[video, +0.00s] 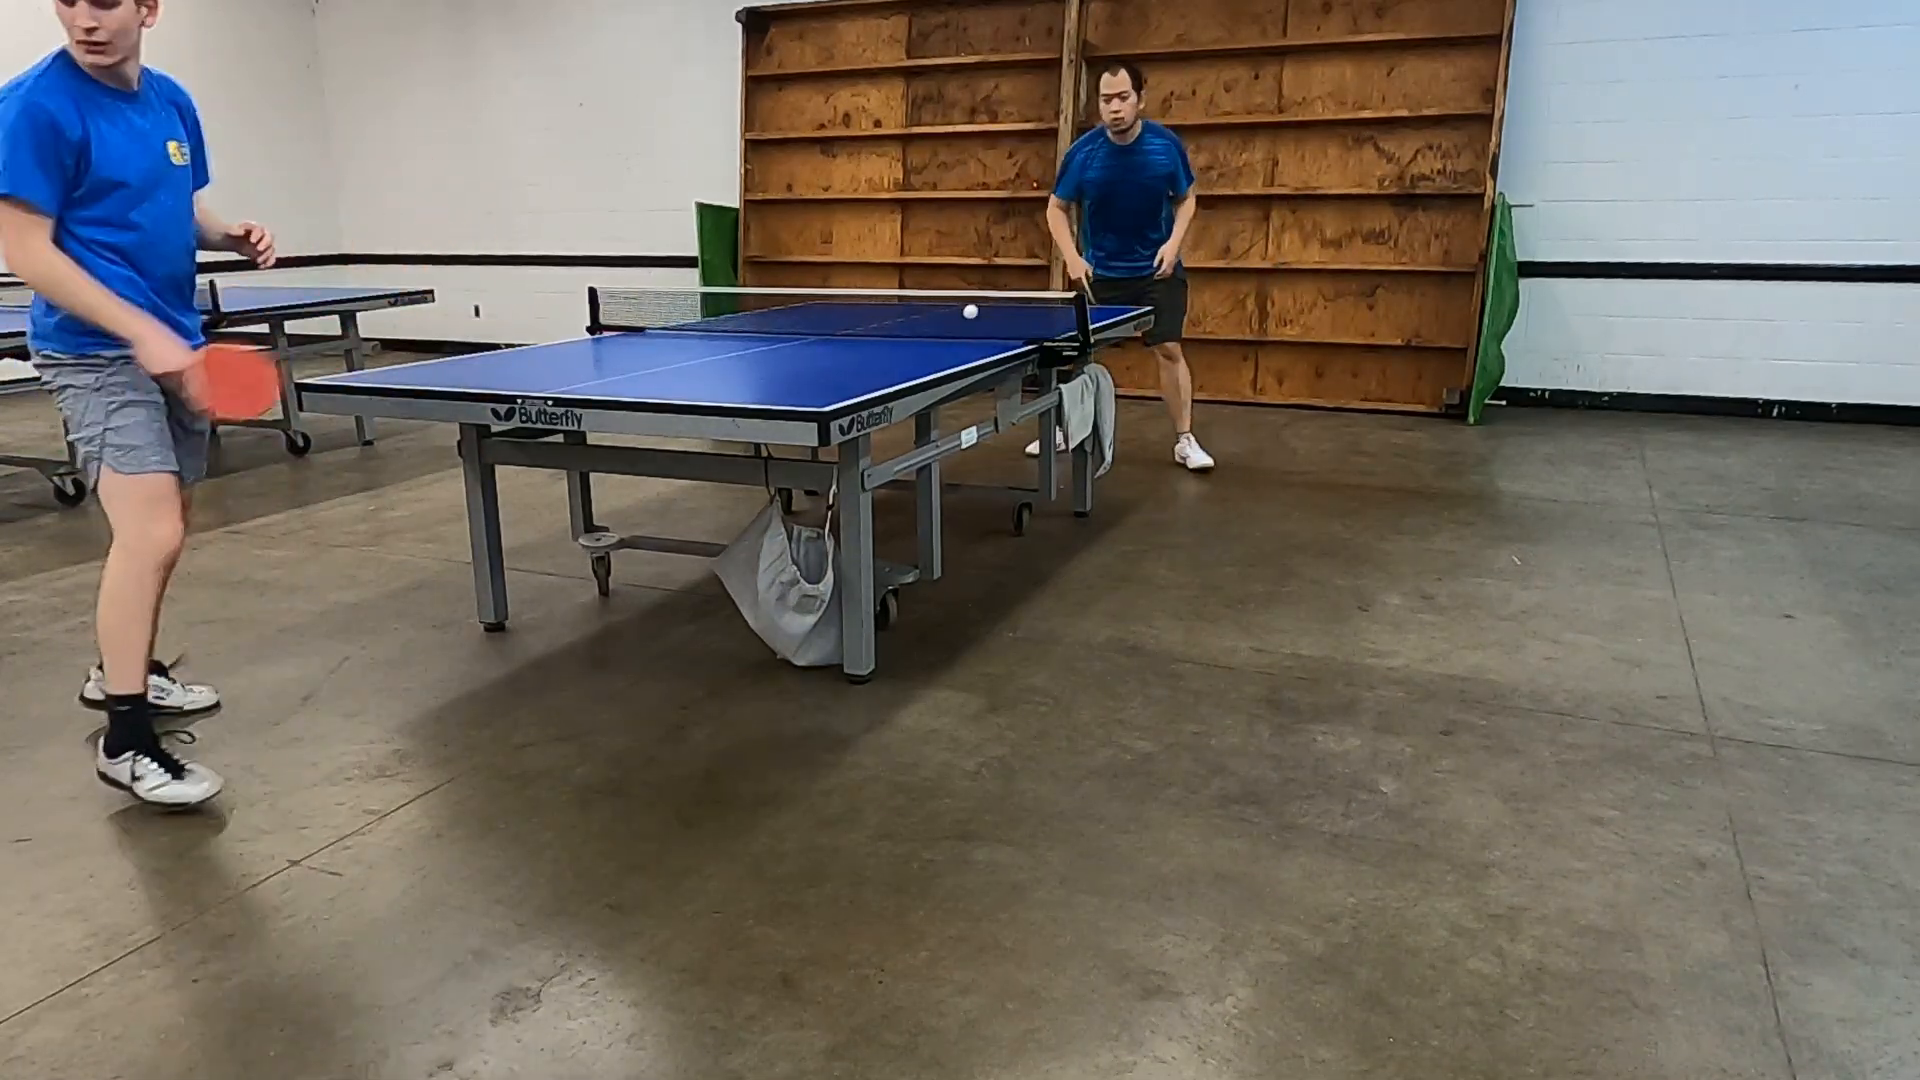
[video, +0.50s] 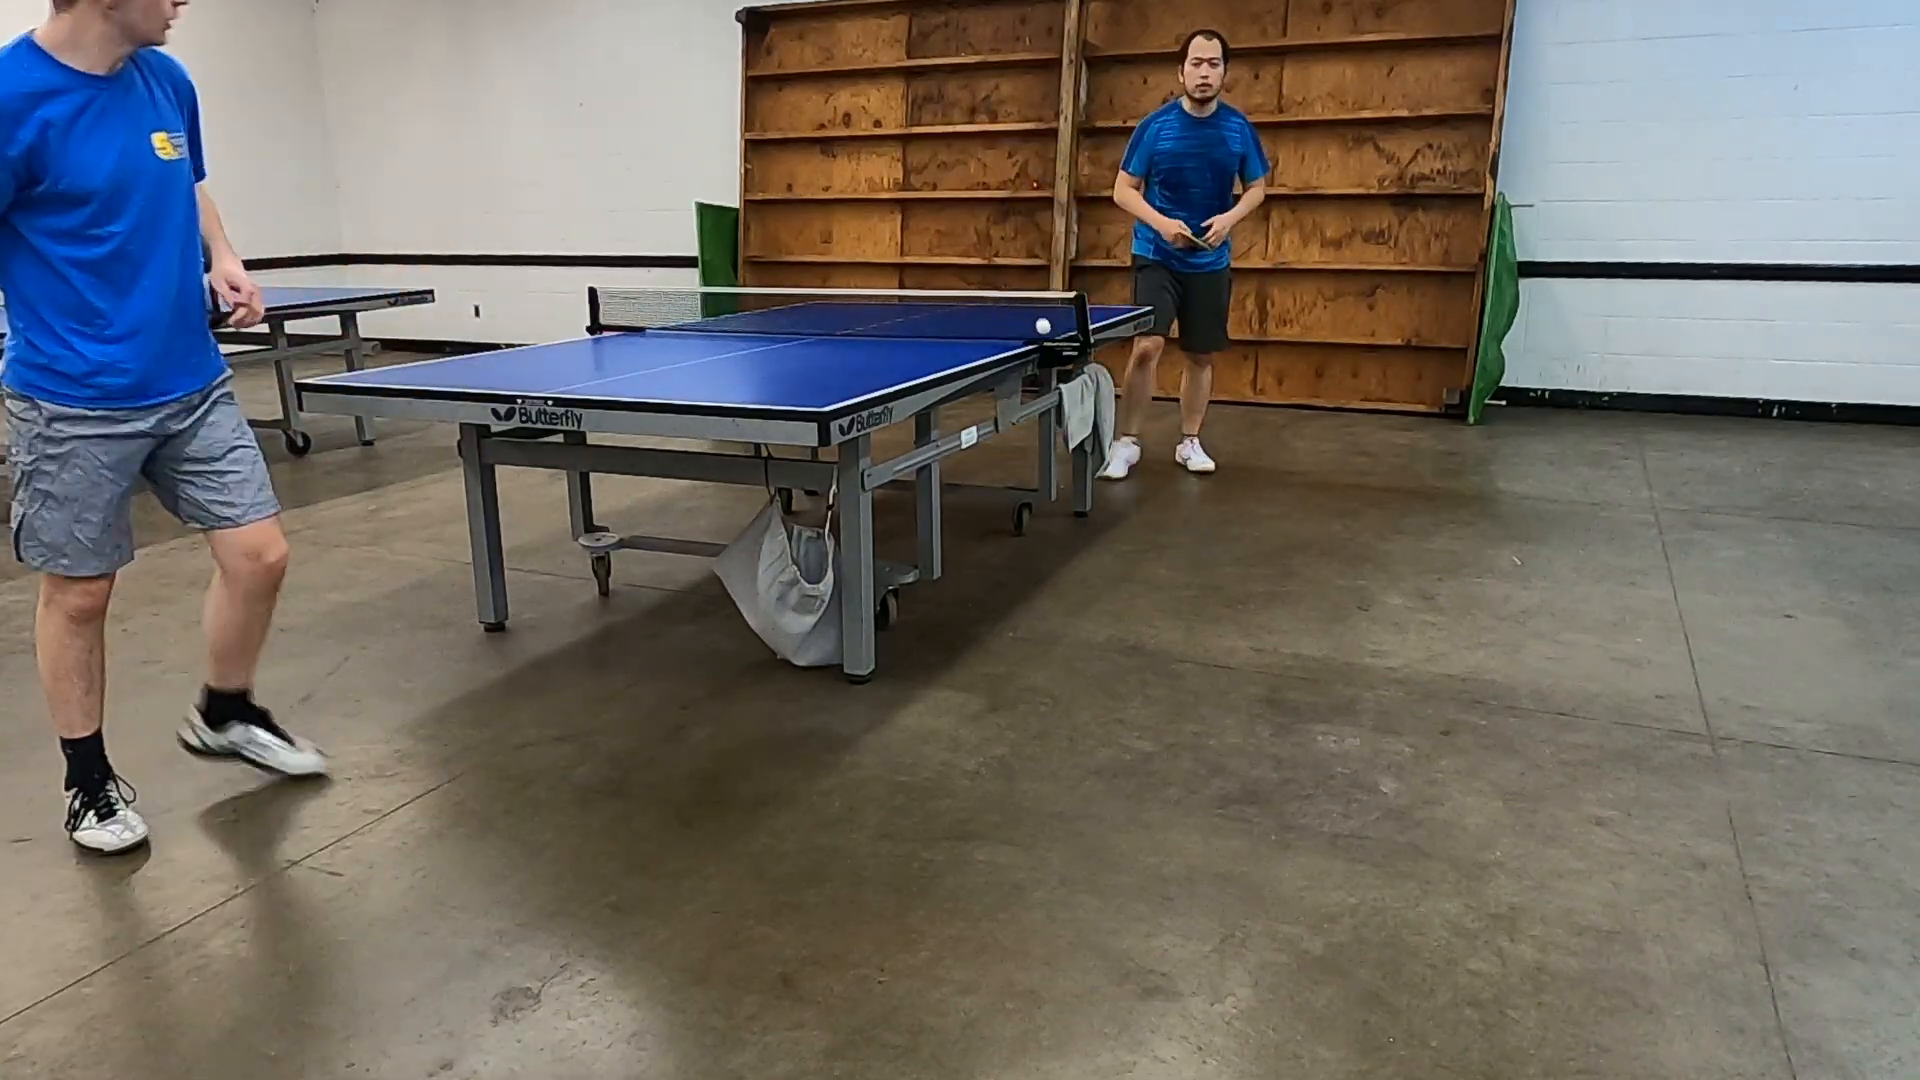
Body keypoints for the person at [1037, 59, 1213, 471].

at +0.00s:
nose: (1114, 107)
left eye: (1122, 98)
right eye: (1106, 99)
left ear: (1139, 100)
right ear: (1098, 104)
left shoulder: (1167, 146)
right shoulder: (1082, 153)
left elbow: (1186, 199)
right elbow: (1055, 208)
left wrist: (1173, 244)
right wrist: (1072, 257)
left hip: (1157, 272)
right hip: (1099, 276)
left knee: (1169, 349)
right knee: (1070, 352)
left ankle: (1184, 438)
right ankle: (1065, 428)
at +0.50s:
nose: (1204, 72)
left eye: (1213, 64)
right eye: (1196, 63)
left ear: (1225, 72)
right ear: (1182, 70)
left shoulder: (1239, 128)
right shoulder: (1154, 126)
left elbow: (1257, 188)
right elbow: (1123, 190)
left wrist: (1229, 219)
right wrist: (1161, 222)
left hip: (1209, 263)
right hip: (1156, 257)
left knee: (1200, 357)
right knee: (1146, 348)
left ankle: (1190, 442)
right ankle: (1127, 441)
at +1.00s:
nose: (1203, 63)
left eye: (1211, 53)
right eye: (1193, 56)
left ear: (1225, 59)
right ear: (1179, 66)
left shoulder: (1250, 115)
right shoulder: (1162, 128)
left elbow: (1275, 176)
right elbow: (1134, 199)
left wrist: (1244, 217)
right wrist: (1176, 239)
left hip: (1242, 264)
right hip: (1184, 265)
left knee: (1237, 367)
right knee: (1195, 366)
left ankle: (1201, 433)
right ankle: (1209, 468)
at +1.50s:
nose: (1205, 60)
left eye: (1213, 48)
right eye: (1194, 52)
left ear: (1229, 54)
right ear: (1179, 63)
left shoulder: (1259, 115)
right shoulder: (1161, 127)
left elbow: (1284, 180)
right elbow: (1136, 199)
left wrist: (1261, 223)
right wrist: (1121, 264)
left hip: (1244, 268)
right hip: (1180, 275)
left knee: (1247, 370)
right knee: (1194, 378)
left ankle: (1254, 483)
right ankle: (1209, 468)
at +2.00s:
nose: (1209, 128)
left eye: (1222, 117)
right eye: (1199, 116)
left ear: (1241, 106)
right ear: (1183, 101)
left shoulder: (1264, 154)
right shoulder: (1167, 133)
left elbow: (1277, 251)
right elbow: (1140, 212)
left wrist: (1248, 329)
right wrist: (1120, 292)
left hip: (1239, 292)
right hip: (1183, 283)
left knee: (1227, 397)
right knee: (1190, 381)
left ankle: (1226, 509)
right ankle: (1211, 454)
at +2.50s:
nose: (1191, 238)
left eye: (1205, 229)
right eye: (1184, 226)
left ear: (1227, 222)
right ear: (1174, 215)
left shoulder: (1257, 258)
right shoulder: (1163, 213)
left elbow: (1267, 362)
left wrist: (1257, 447)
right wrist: (1222, 369)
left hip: (1266, 280)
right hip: (1204, 277)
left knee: (1247, 387)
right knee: (1222, 369)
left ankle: (1223, 509)